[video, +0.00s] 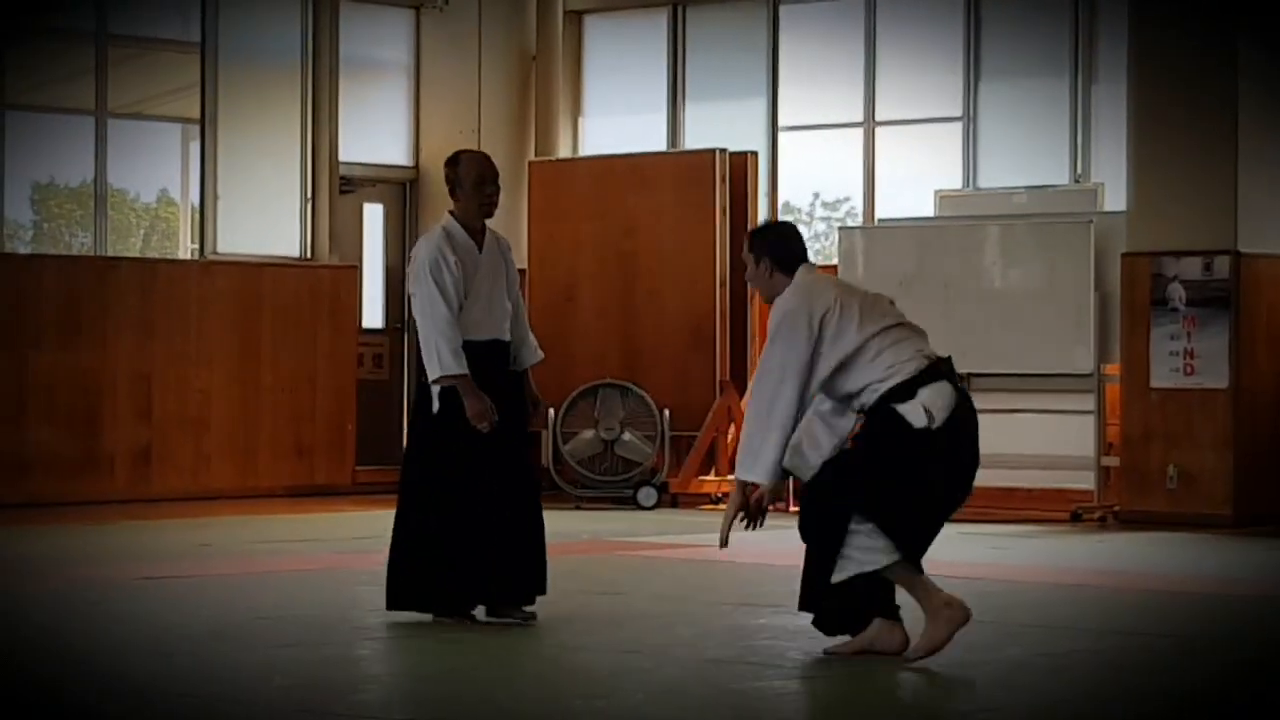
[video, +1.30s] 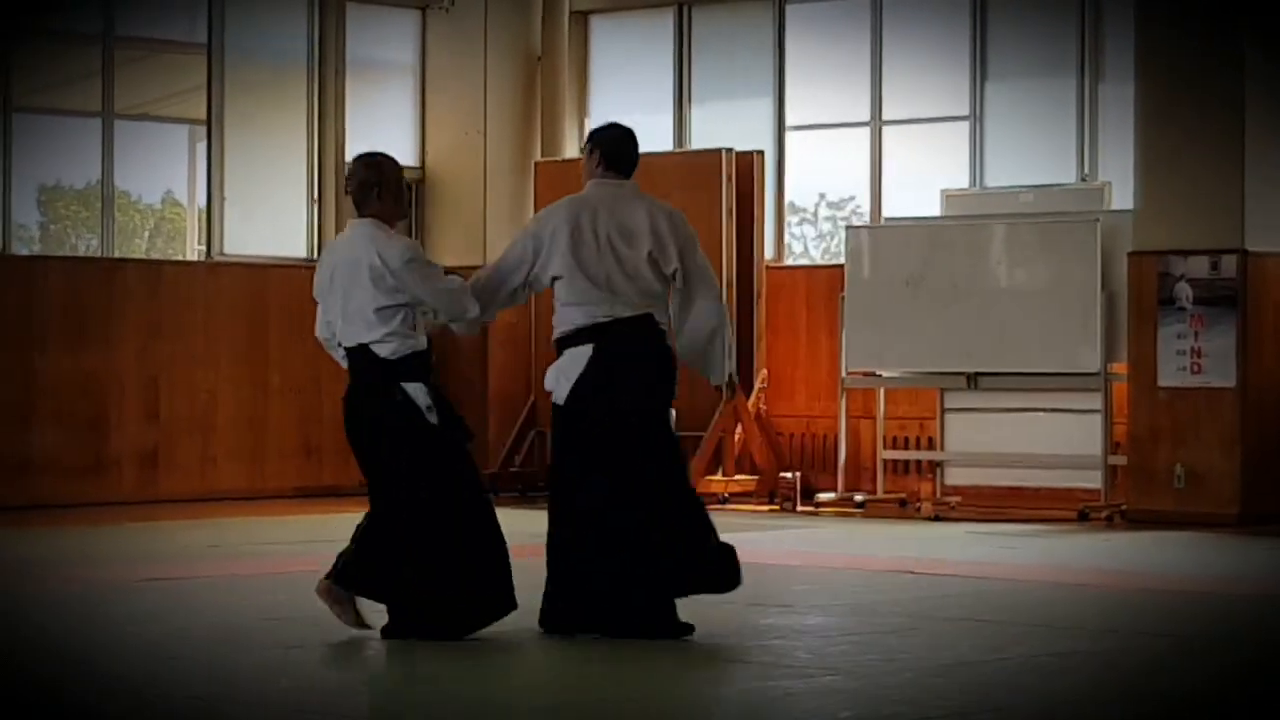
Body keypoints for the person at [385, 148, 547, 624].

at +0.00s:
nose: (494, 193)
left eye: (496, 184)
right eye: (483, 184)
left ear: (495, 189)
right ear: (454, 190)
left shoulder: (500, 247)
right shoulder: (434, 248)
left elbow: (516, 318)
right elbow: (436, 326)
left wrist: (528, 382)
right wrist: (467, 389)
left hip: (502, 373)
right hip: (452, 375)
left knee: (505, 483)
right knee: (452, 485)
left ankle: (502, 595)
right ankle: (448, 597)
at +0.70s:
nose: (533, 193)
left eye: (533, 184)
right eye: (522, 186)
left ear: (533, 193)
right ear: (492, 196)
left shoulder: (537, 255)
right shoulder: (481, 258)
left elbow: (561, 323)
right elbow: (484, 334)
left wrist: (577, 388)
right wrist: (513, 398)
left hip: (547, 382)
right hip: (507, 386)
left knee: (563, 492)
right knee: (504, 492)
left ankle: (557, 603)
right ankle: (464, 571)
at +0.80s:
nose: (531, 198)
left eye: (529, 189)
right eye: (519, 190)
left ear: (519, 198)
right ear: (489, 201)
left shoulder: (531, 263)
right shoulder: (479, 260)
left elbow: (556, 324)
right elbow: (491, 322)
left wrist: (578, 383)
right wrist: (543, 343)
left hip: (536, 382)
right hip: (503, 386)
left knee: (556, 489)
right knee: (505, 491)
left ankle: (557, 602)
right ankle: (449, 581)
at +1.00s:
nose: (491, 198)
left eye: (488, 190)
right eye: (479, 192)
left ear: (457, 207)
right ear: (452, 204)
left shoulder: (452, 256)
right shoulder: (463, 257)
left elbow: (488, 338)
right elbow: (532, 268)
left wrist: (531, 385)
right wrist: (589, 217)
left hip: (480, 387)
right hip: (486, 390)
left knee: (478, 498)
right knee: (555, 490)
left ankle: (423, 600)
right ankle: (556, 606)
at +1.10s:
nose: (464, 191)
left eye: (461, 183)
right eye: (453, 185)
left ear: (420, 200)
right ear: (426, 196)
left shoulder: (401, 255)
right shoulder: (445, 251)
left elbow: (421, 337)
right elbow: (521, 291)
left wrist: (487, 363)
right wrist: (551, 242)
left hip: (431, 389)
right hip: (463, 391)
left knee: (450, 499)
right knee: (519, 487)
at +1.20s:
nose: (440, 193)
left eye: (436, 185)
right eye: (431, 186)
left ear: (392, 197)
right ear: (406, 195)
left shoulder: (366, 254)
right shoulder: (420, 256)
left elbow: (387, 328)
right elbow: (478, 311)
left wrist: (448, 342)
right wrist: (501, 278)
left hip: (393, 387)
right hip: (429, 391)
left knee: (416, 500)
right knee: (457, 496)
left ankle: (414, 610)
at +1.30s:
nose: (407, 196)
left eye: (405, 187)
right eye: (402, 187)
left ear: (355, 195)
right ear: (385, 193)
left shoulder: (333, 252)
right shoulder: (394, 250)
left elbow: (326, 330)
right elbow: (459, 301)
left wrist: (359, 366)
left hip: (362, 392)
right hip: (402, 392)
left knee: (396, 497)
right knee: (440, 495)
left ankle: (342, 582)